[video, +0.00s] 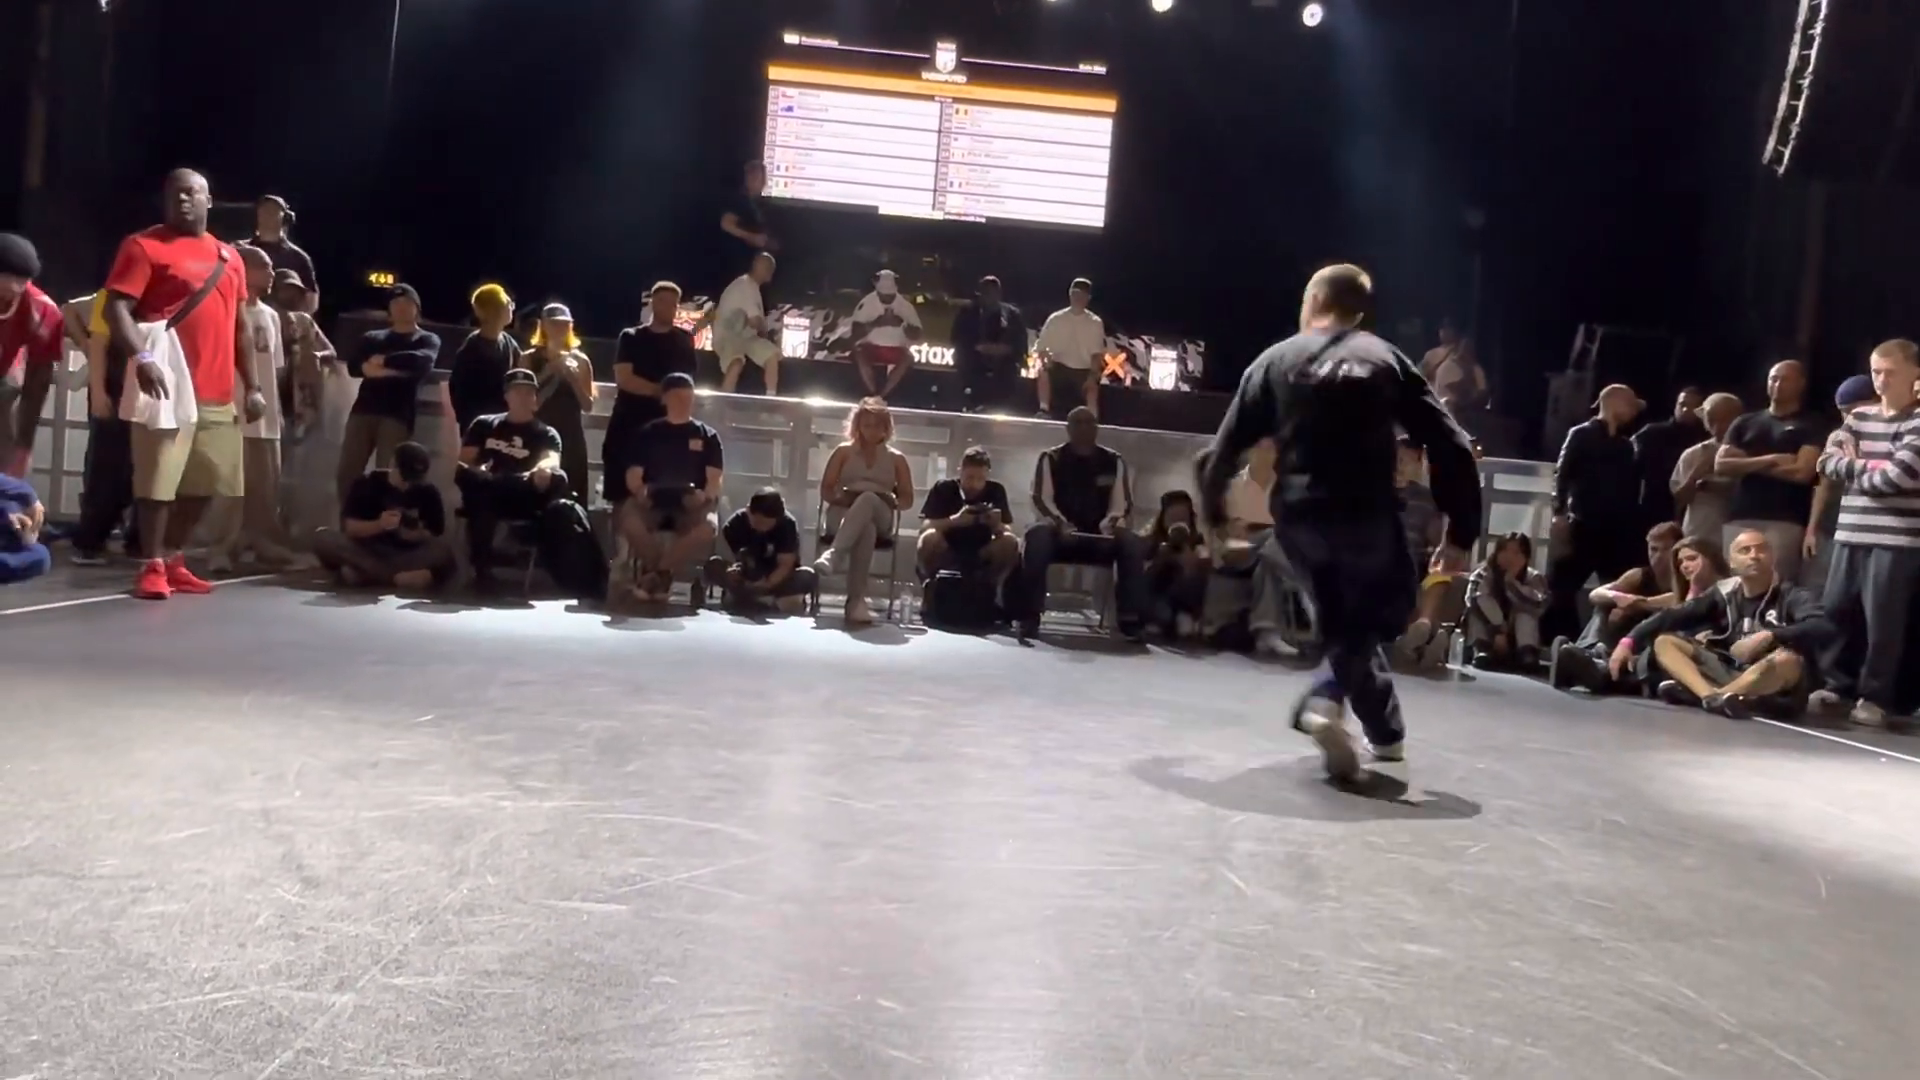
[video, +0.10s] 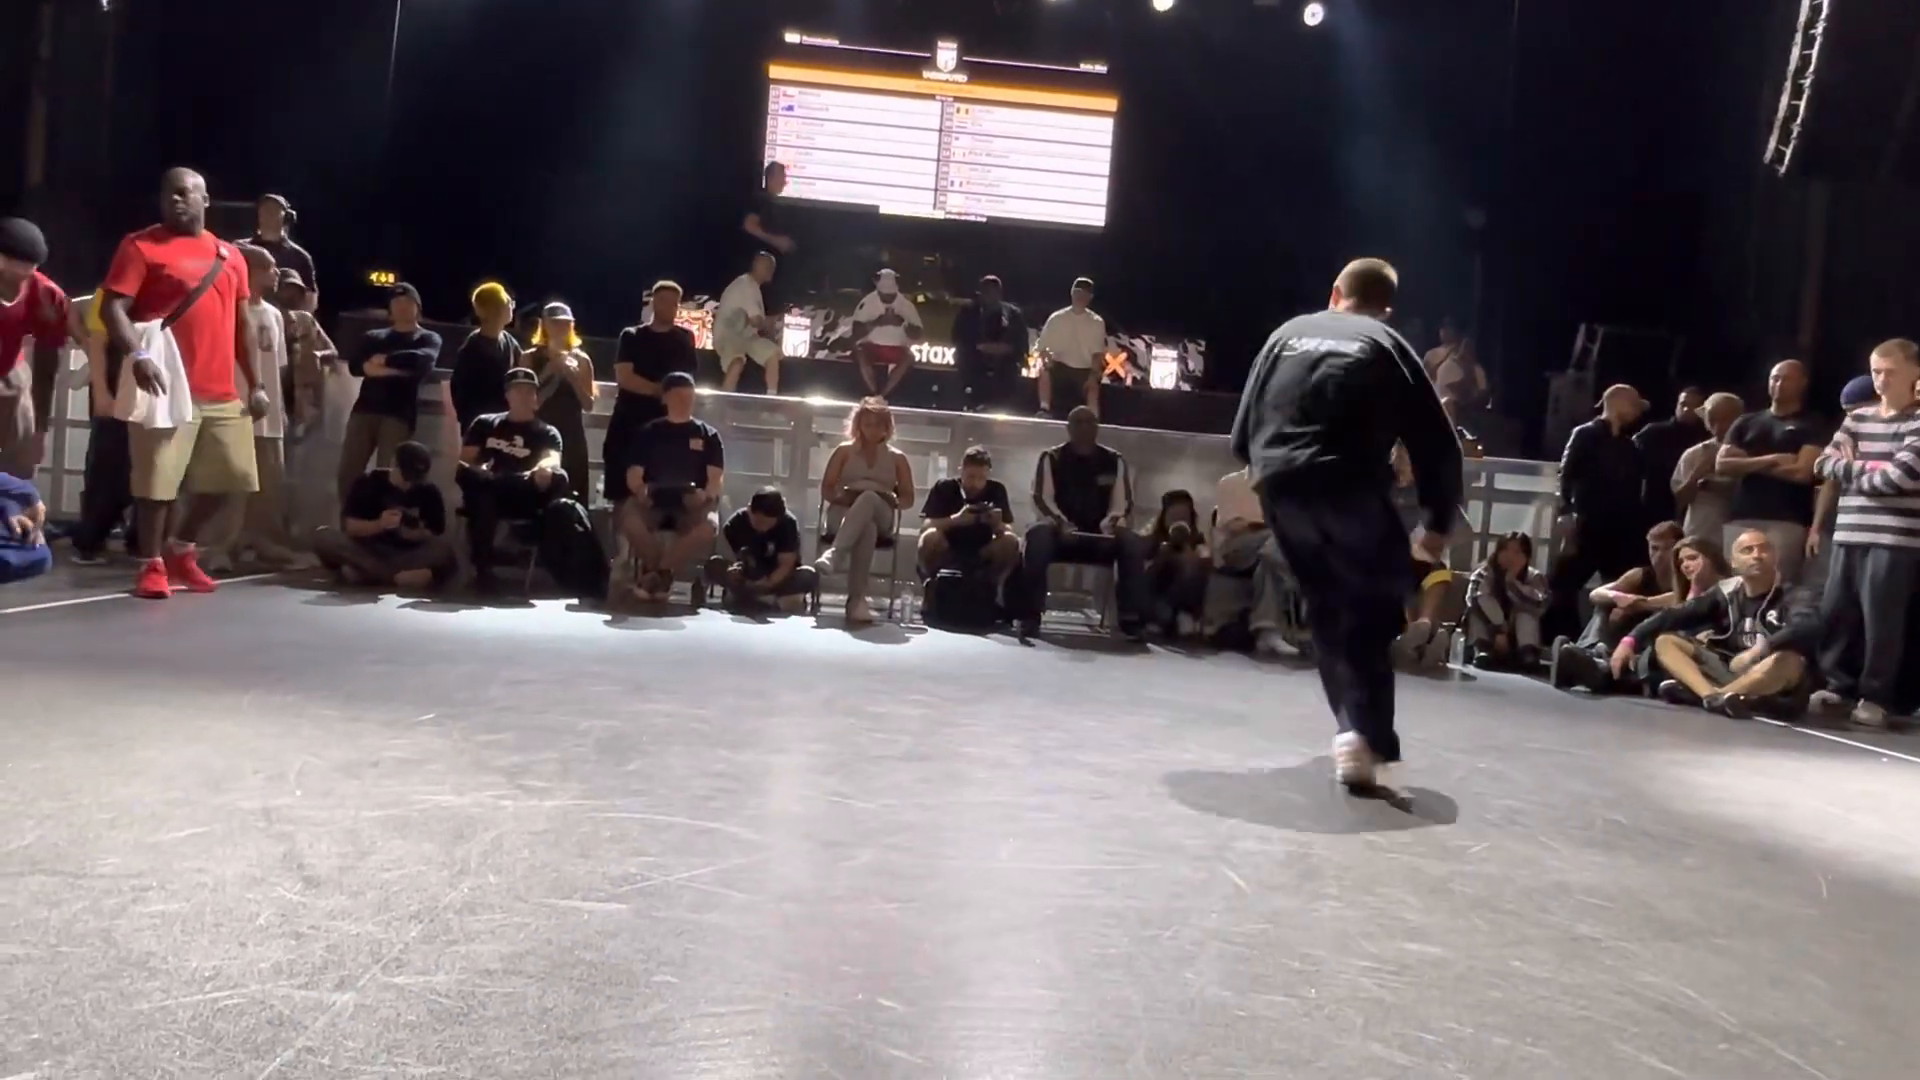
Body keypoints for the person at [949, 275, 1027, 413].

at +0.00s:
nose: (990, 298)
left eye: (993, 293)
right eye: (986, 293)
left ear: (999, 294)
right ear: (979, 294)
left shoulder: (1012, 314)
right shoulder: (968, 312)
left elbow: (1020, 347)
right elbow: (957, 339)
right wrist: (978, 348)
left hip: (1003, 381)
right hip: (974, 379)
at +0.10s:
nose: (991, 297)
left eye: (994, 292)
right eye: (986, 292)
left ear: (1000, 293)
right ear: (980, 293)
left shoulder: (1012, 313)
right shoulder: (969, 312)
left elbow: (1021, 346)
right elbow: (958, 339)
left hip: (1004, 381)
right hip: (975, 379)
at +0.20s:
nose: (992, 296)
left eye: (996, 291)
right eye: (988, 291)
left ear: (1001, 292)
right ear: (981, 292)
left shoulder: (1013, 312)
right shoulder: (970, 310)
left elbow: (1022, 343)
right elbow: (959, 337)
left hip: (1005, 378)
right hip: (976, 377)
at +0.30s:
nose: (993, 294)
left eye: (997, 289)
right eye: (989, 289)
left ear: (1002, 291)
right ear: (982, 290)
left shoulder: (1014, 311)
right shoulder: (971, 309)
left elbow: (1023, 344)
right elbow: (959, 338)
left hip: (1006, 378)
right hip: (977, 377)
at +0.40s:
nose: (994, 293)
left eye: (998, 289)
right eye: (990, 288)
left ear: (1003, 290)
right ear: (983, 290)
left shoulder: (1015, 311)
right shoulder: (972, 309)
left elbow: (1023, 344)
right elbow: (960, 337)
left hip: (1006, 378)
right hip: (977, 377)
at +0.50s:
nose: (995, 294)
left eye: (998, 289)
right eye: (991, 289)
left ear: (1004, 290)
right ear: (984, 290)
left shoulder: (1016, 311)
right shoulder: (972, 308)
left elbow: (1024, 344)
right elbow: (961, 337)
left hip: (1007, 378)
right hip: (978, 377)